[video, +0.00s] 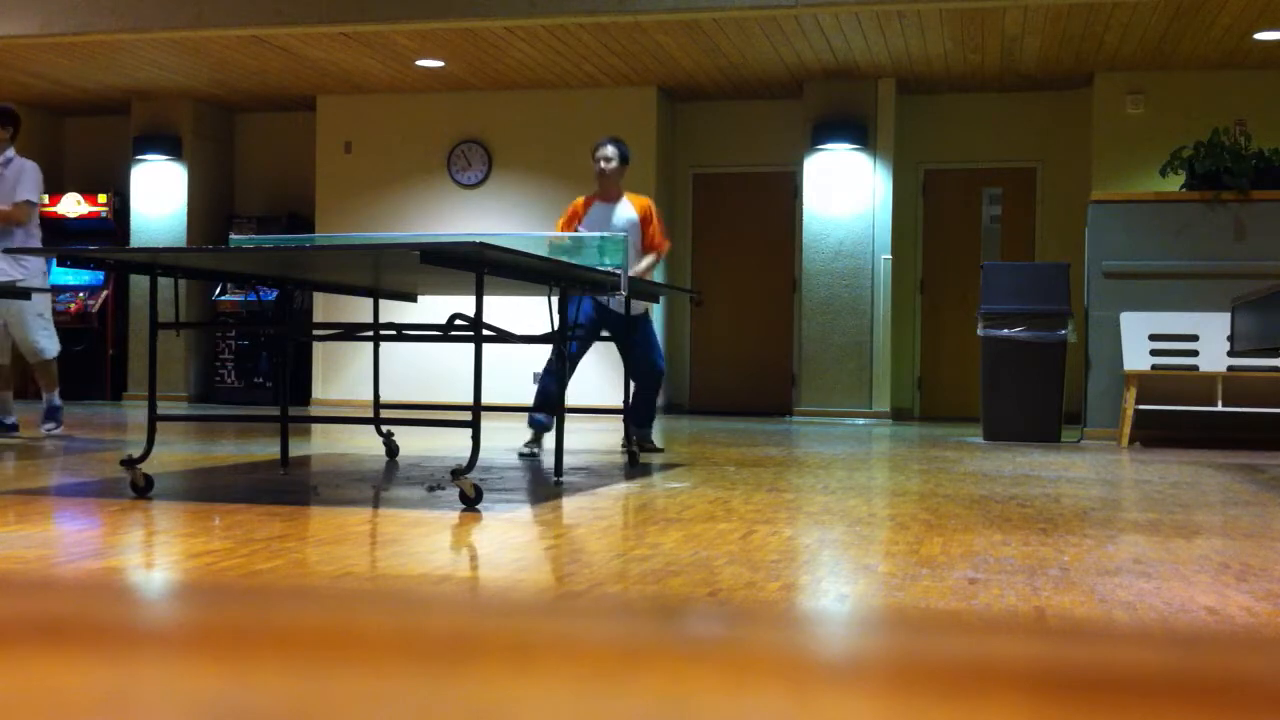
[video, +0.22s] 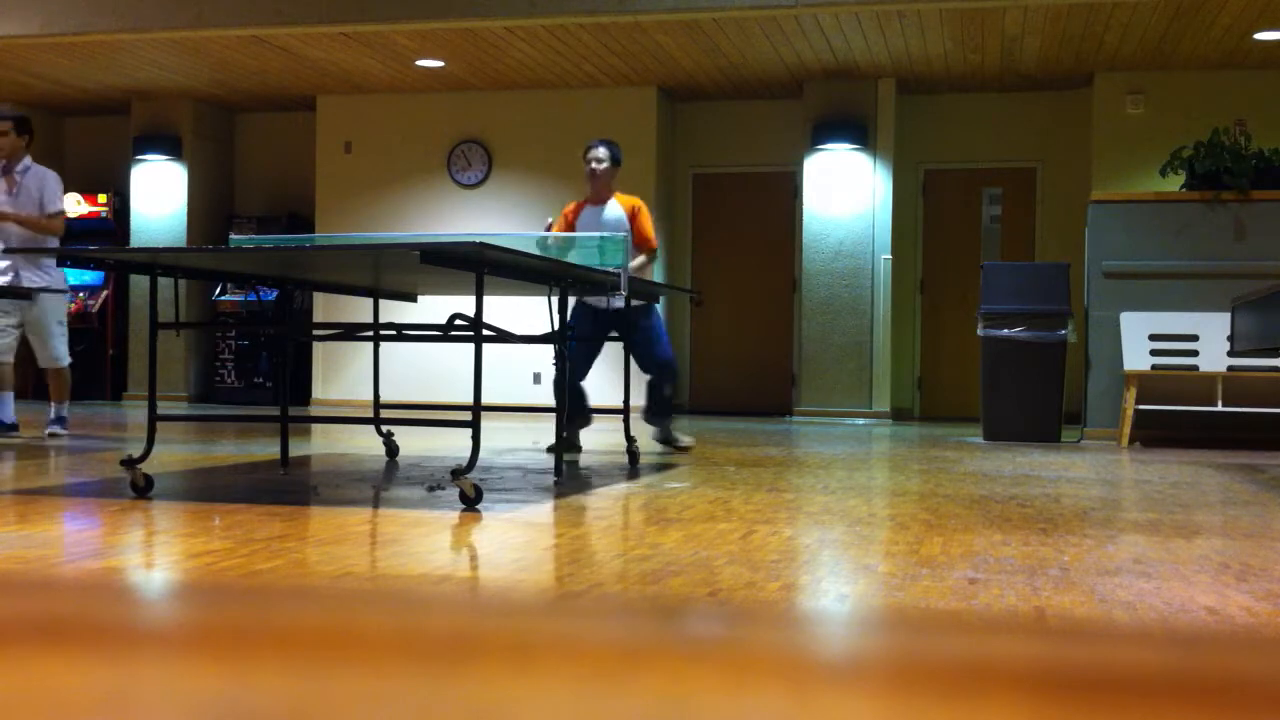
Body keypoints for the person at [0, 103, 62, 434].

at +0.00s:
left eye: (1, 129)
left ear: (9, 132)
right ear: (7, 132)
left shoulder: (25, 168)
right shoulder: (9, 170)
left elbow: (21, 215)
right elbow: (19, 214)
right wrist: (9, 212)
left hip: (23, 271)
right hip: (3, 272)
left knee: (35, 343)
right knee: (2, 350)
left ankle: (52, 403)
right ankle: (6, 415)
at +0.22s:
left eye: (4, 134)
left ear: (23, 139)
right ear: (4, 140)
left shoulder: (45, 178)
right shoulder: (1, 179)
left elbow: (57, 227)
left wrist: (11, 217)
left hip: (44, 282)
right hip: (5, 280)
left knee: (54, 357)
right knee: (2, 356)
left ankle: (59, 418)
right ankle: (6, 418)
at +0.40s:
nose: (5, 143)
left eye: (11, 137)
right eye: (2, 137)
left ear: (32, 141)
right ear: (2, 141)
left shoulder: (57, 179)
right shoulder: (3, 181)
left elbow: (75, 228)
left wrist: (29, 226)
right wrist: (6, 229)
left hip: (52, 281)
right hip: (11, 280)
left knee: (61, 353)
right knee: (3, 350)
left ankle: (60, 416)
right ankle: (1, 413)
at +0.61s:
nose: (10, 142)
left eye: (17, 136)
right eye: (7, 136)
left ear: (38, 139)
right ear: (3, 140)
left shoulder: (62, 179)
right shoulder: (2, 180)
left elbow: (83, 226)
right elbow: (3, 223)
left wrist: (44, 229)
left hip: (53, 281)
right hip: (10, 279)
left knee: (61, 353)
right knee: (2, 353)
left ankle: (59, 416)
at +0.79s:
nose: (12, 147)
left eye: (18, 141)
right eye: (8, 141)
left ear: (37, 144)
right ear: (4, 144)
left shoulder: (60, 182)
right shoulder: (1, 181)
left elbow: (80, 227)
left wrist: (45, 230)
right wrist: (8, 253)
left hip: (53, 281)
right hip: (9, 280)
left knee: (63, 350)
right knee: (1, 352)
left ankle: (61, 415)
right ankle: (0, 413)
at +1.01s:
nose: (22, 171)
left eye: (28, 165)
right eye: (17, 166)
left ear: (45, 167)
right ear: (13, 169)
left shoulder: (66, 198)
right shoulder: (7, 201)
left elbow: (78, 232)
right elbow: (0, 230)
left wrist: (73, 250)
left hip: (63, 287)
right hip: (15, 289)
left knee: (80, 349)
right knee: (2, 350)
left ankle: (89, 414)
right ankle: (0, 413)